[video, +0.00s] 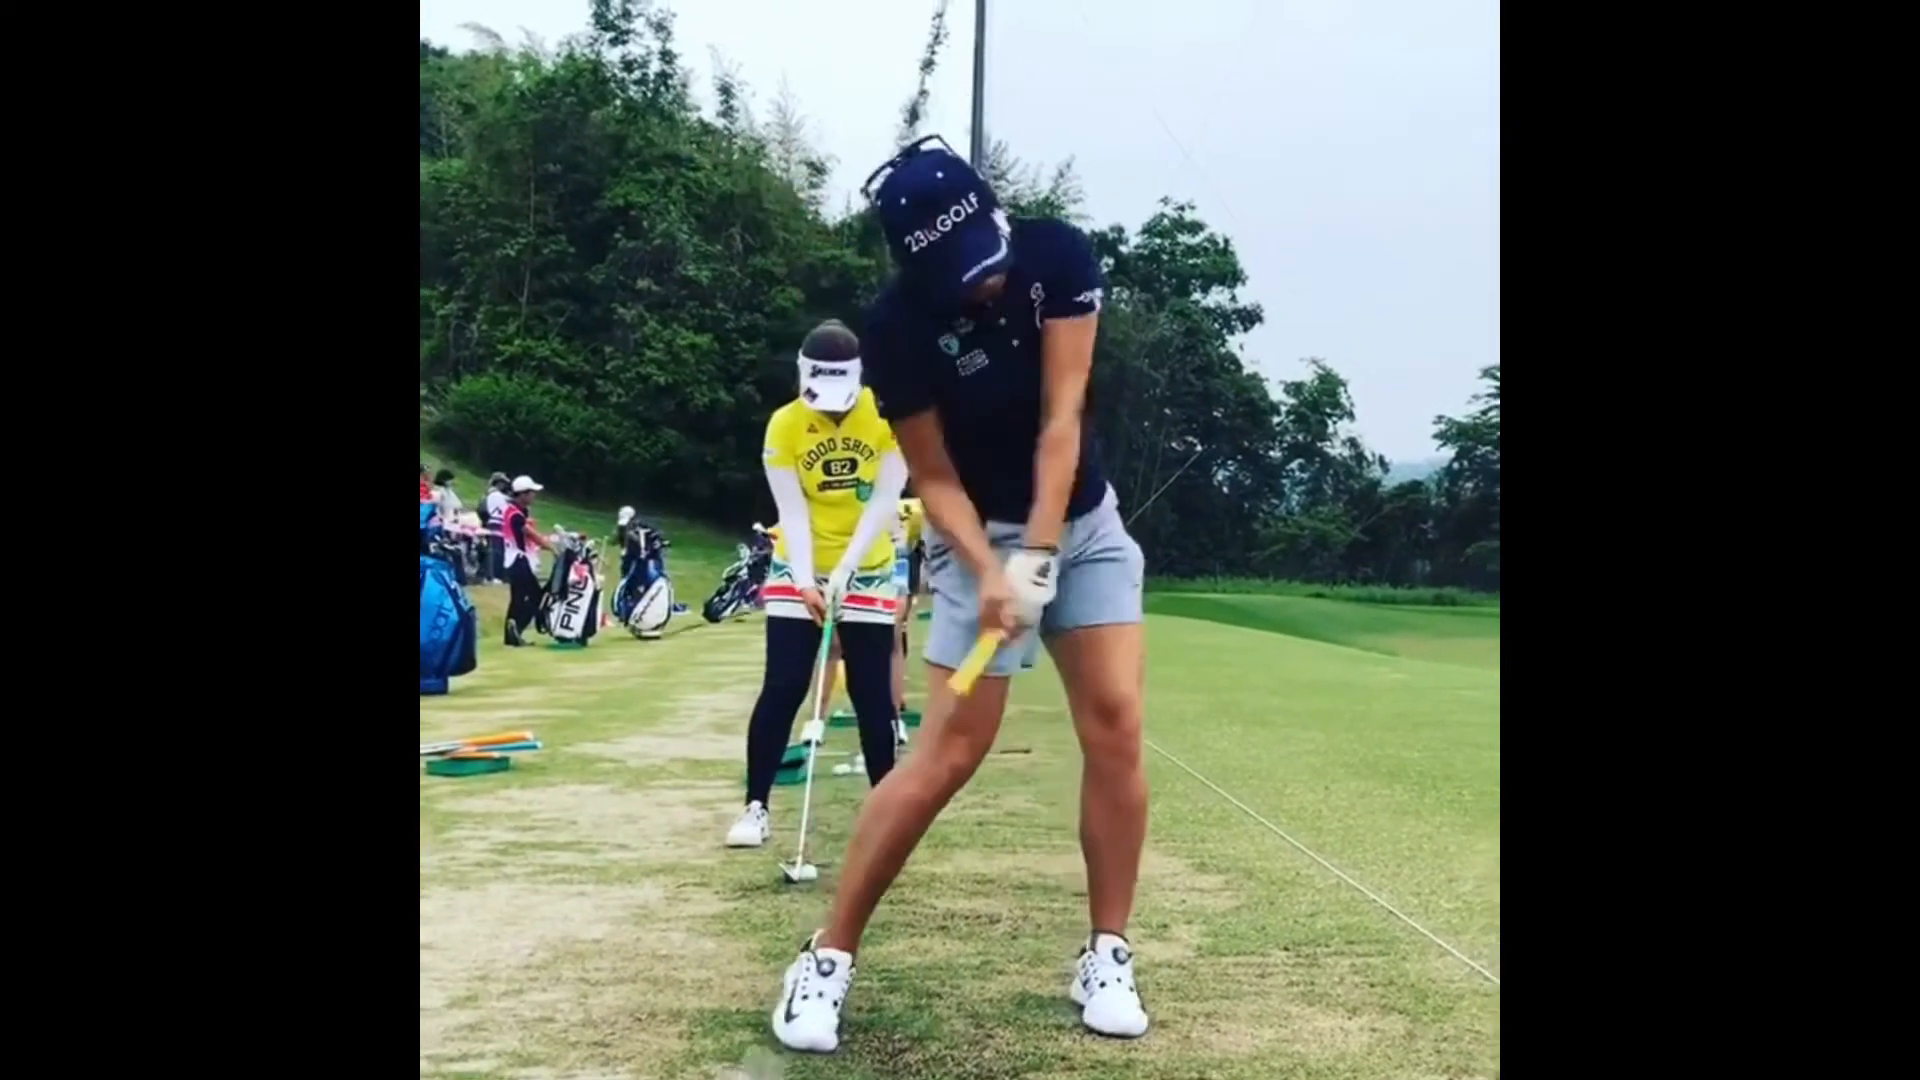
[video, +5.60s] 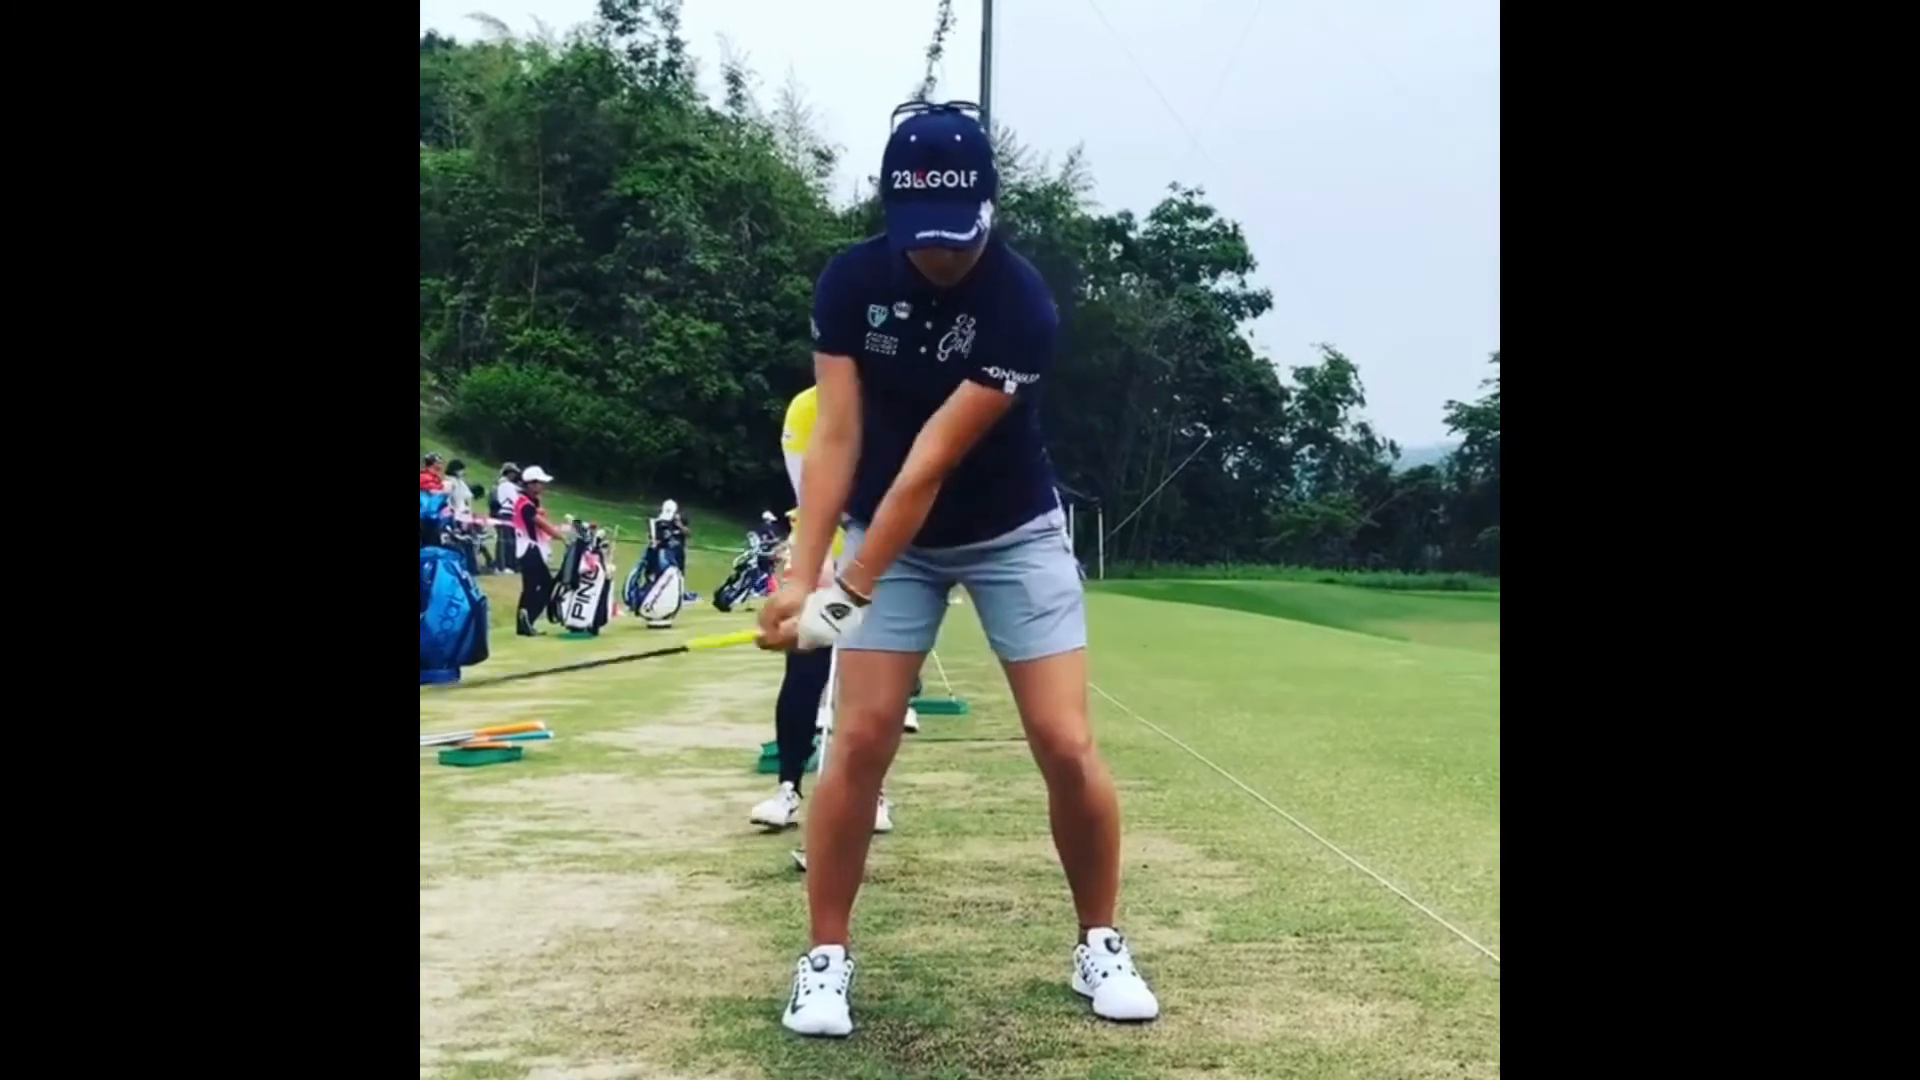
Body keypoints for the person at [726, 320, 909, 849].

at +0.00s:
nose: (830, 405)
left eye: (840, 393)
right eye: (819, 392)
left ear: (859, 376)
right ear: (804, 376)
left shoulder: (887, 416)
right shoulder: (784, 427)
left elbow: (885, 500)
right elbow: (792, 513)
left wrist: (844, 568)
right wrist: (803, 579)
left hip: (869, 569)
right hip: (798, 567)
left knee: (873, 697)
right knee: (783, 687)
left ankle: (889, 811)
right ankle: (755, 807)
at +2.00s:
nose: (818, 391)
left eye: (830, 380)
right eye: (809, 380)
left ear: (853, 374)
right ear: (796, 373)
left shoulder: (889, 418)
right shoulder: (778, 424)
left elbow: (880, 501)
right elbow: (787, 511)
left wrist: (840, 569)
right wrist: (802, 576)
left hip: (865, 568)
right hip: (791, 566)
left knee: (871, 694)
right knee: (782, 689)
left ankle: (892, 805)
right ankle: (761, 806)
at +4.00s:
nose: (820, 402)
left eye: (831, 392)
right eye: (809, 392)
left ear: (848, 374)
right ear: (792, 375)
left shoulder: (877, 409)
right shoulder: (772, 422)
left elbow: (877, 494)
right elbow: (782, 508)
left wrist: (839, 566)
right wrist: (801, 574)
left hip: (856, 562)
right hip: (787, 562)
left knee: (868, 691)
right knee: (782, 688)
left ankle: (884, 791)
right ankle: (764, 805)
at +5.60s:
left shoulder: (898, 409)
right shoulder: (806, 409)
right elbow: (809, 501)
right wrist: (818, 563)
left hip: (884, 547)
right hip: (825, 549)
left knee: (876, 681)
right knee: (805, 667)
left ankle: (871, 786)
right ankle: (789, 786)